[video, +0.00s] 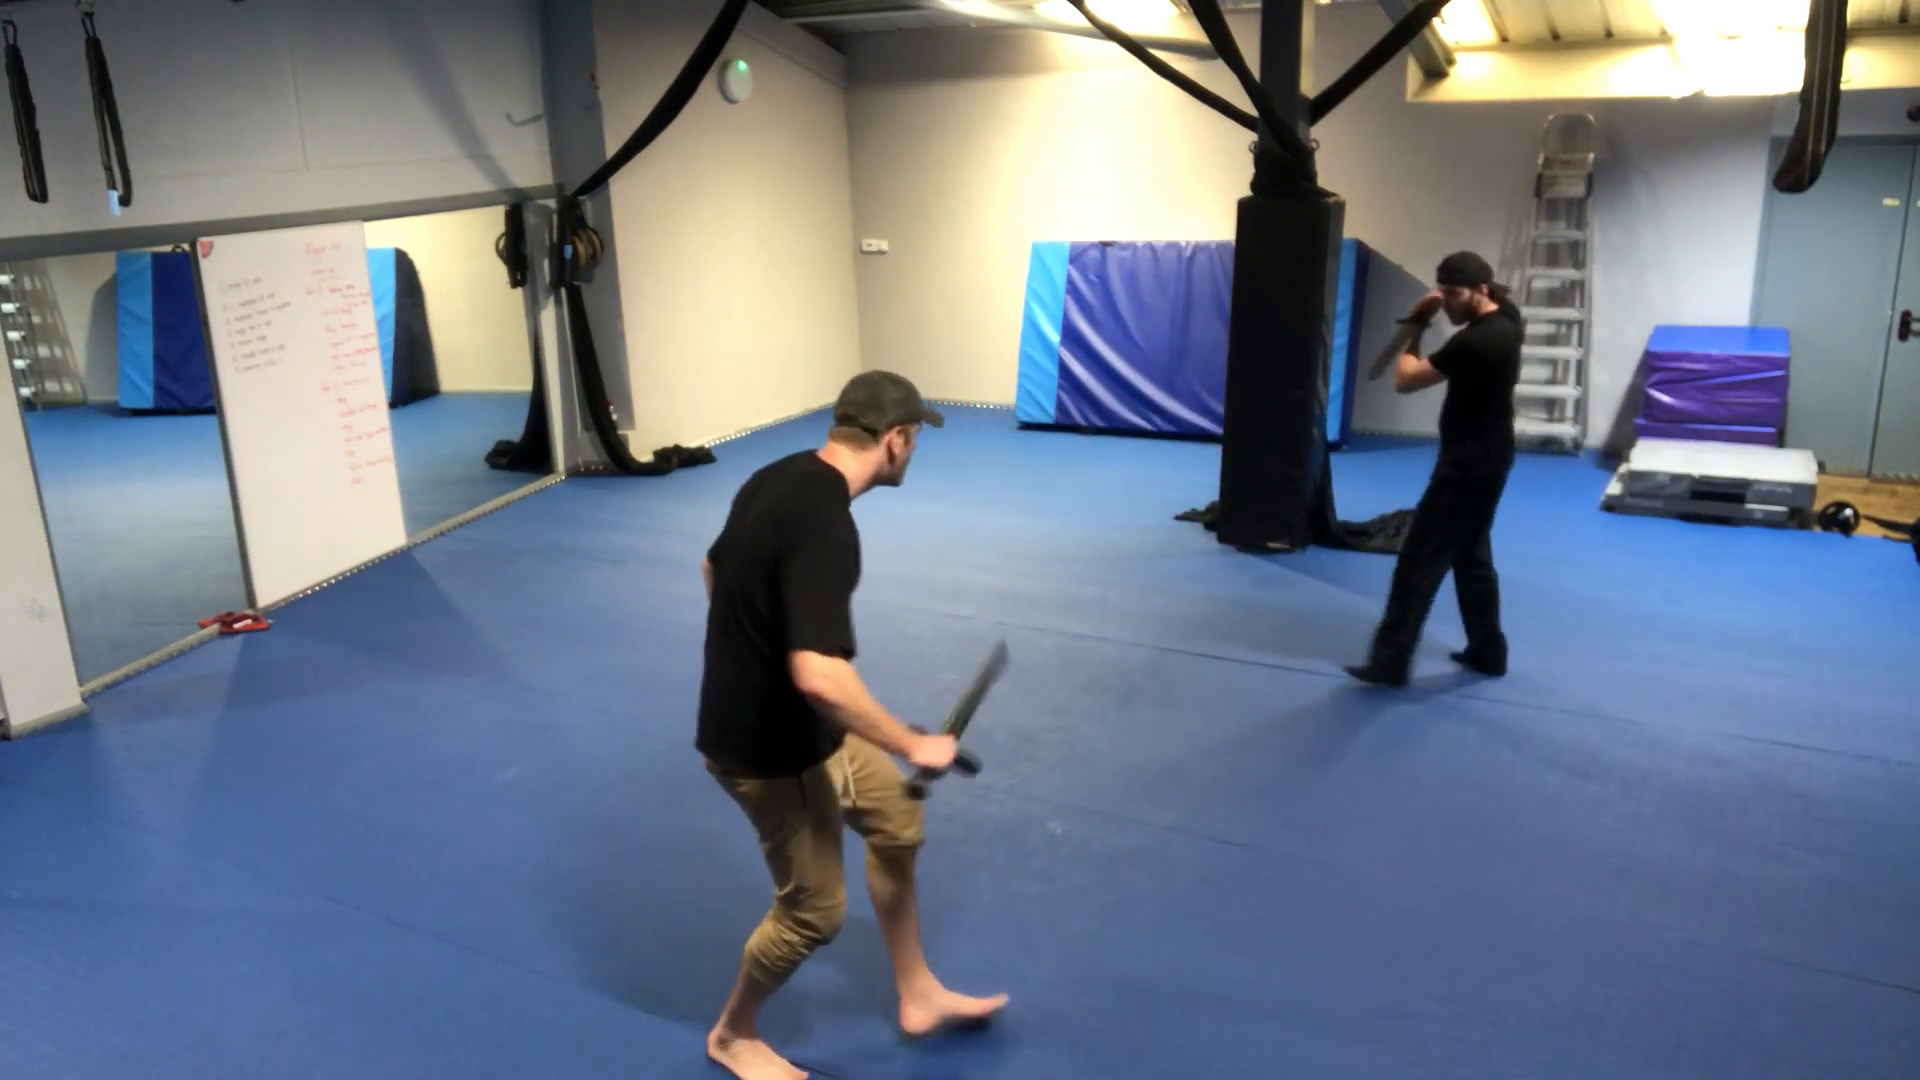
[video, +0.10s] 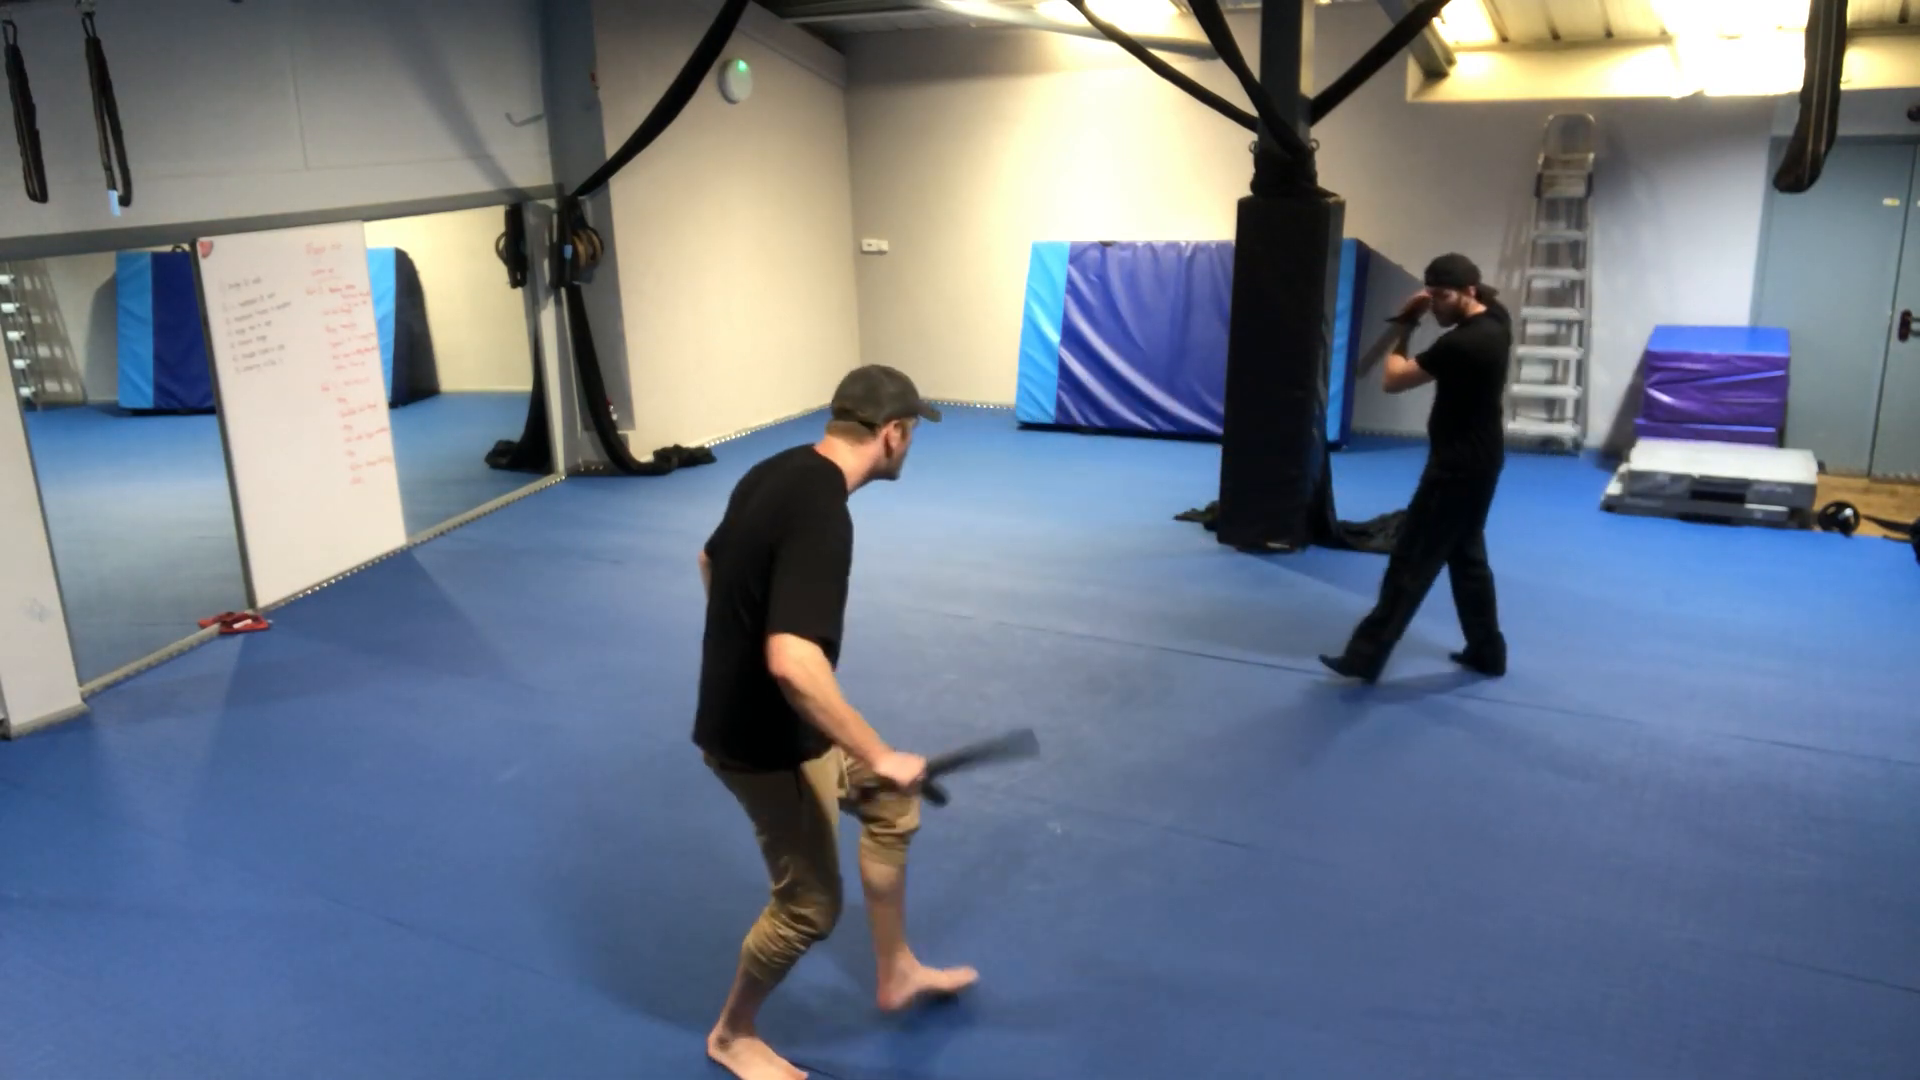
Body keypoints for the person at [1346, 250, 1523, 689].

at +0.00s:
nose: (1442, 300)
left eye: (1450, 291)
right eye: (1443, 290)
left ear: (1478, 291)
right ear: (1483, 292)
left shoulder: (1472, 341)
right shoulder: (1507, 321)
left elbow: (1404, 378)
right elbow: (1490, 295)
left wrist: (1416, 325)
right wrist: (1442, 304)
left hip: (1464, 464)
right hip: (1490, 458)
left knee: (1420, 559)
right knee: (1472, 554)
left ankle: (1389, 664)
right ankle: (1487, 651)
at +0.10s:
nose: (1432, 303)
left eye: (1439, 295)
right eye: (1432, 294)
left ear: (1466, 293)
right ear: (1471, 294)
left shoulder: (1461, 342)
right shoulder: (1495, 320)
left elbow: (1393, 379)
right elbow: (1476, 291)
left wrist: (1405, 324)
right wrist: (1435, 298)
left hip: (1455, 465)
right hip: (1480, 460)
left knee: (1411, 561)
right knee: (1466, 554)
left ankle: (1364, 658)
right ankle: (1486, 651)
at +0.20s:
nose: (1416, 305)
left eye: (1421, 297)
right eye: (1416, 295)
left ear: (1449, 296)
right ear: (1456, 295)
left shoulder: (1444, 344)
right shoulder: (1483, 322)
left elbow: (1375, 378)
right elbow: (1463, 295)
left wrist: (1393, 322)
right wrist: (1424, 300)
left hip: (1441, 466)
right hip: (1470, 459)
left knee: (1398, 566)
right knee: (1460, 553)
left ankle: (1357, 663)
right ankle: (1485, 651)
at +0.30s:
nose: (1402, 306)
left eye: (1405, 299)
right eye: (1400, 298)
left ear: (1431, 297)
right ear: (1439, 295)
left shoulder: (1426, 344)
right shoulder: (1467, 320)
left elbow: (1357, 380)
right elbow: (1441, 292)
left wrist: (1374, 323)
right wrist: (1403, 295)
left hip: (1426, 469)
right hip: (1455, 461)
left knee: (1383, 567)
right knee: (1448, 554)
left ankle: (1354, 666)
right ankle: (1482, 649)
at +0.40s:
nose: (1384, 306)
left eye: (1389, 298)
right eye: (1383, 298)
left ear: (1415, 297)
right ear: (1423, 296)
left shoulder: (1411, 344)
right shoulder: (1448, 323)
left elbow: (1343, 378)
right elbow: (1426, 295)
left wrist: (1360, 326)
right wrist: (1380, 299)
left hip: (1410, 467)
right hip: (1436, 460)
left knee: (1369, 564)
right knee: (1429, 552)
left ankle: (1354, 667)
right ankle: (1472, 642)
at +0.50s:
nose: (1366, 308)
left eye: (1372, 300)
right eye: (1365, 299)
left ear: (1399, 299)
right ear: (1406, 299)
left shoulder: (1392, 346)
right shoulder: (1432, 326)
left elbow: (1326, 379)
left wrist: (1346, 329)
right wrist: (1362, 307)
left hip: (1397, 465)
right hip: (1421, 456)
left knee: (1357, 565)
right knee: (1402, 543)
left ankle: (1352, 668)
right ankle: (1452, 625)